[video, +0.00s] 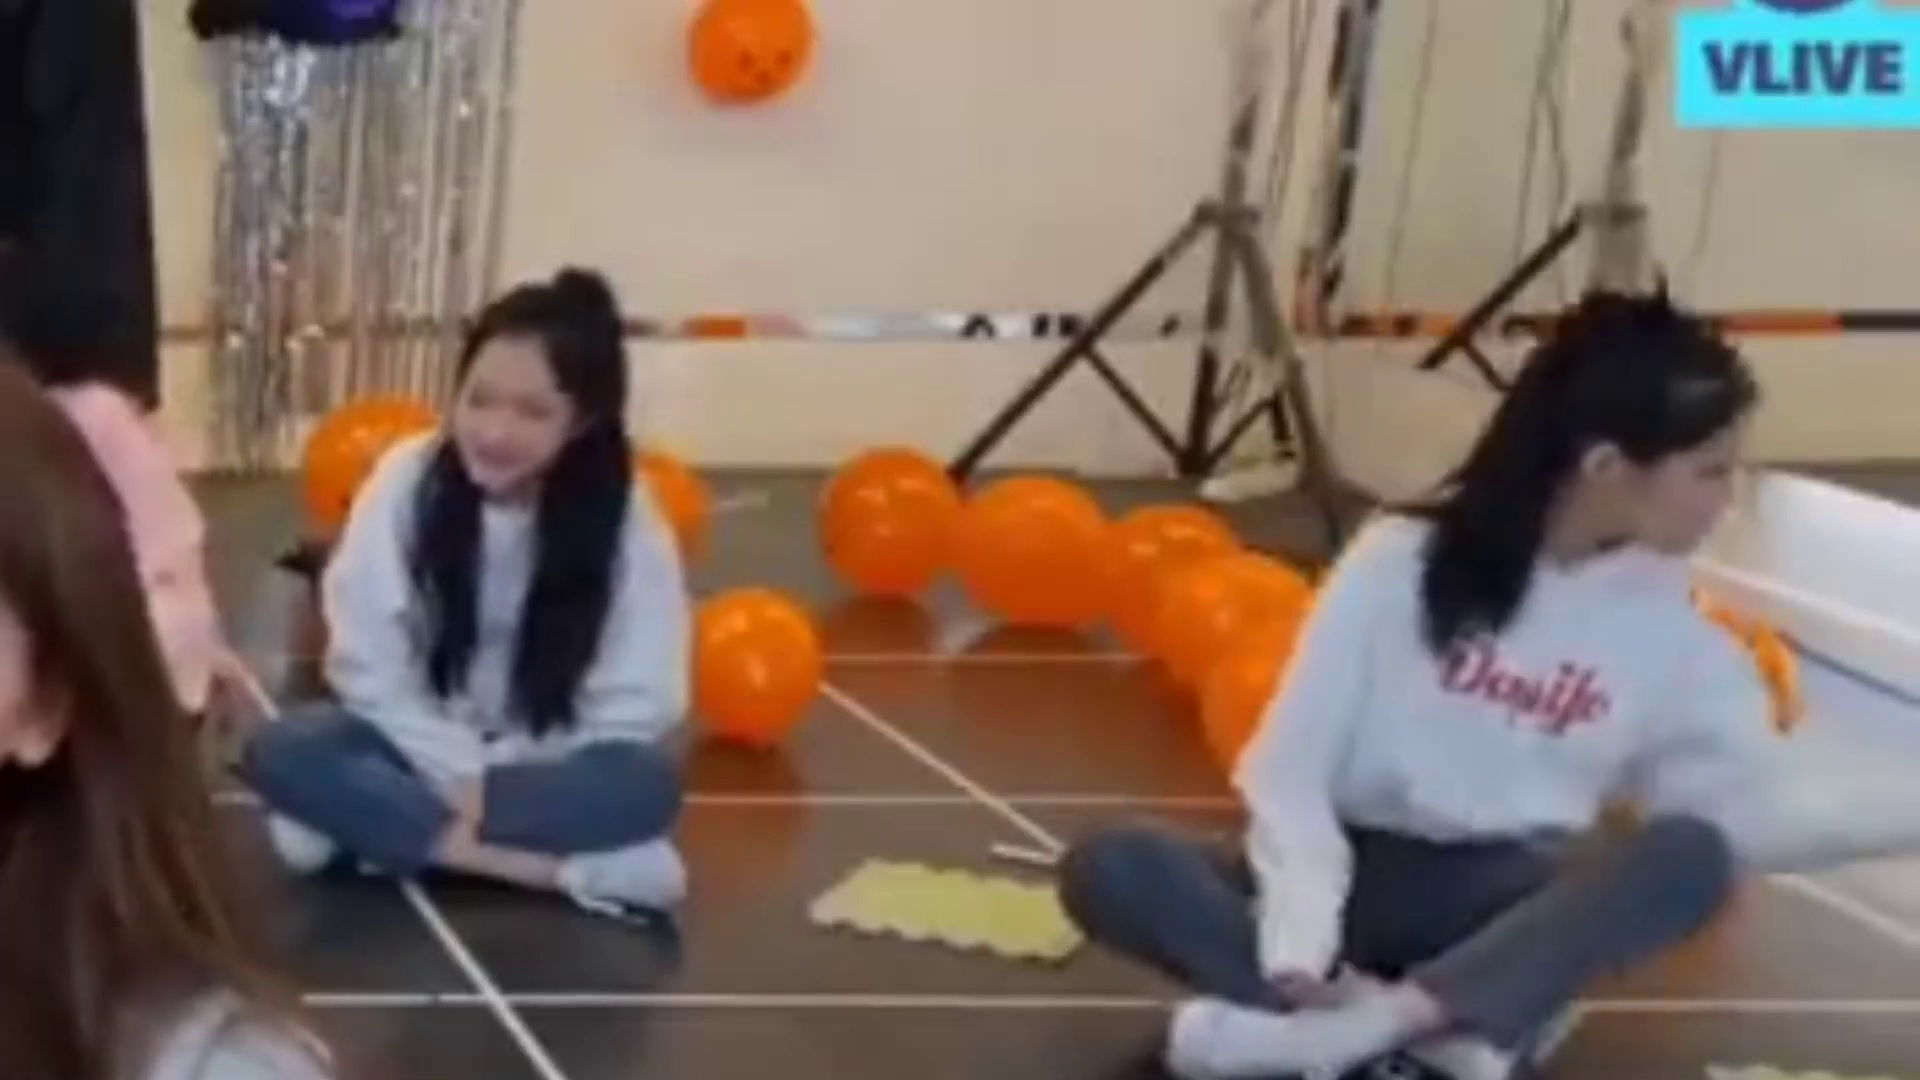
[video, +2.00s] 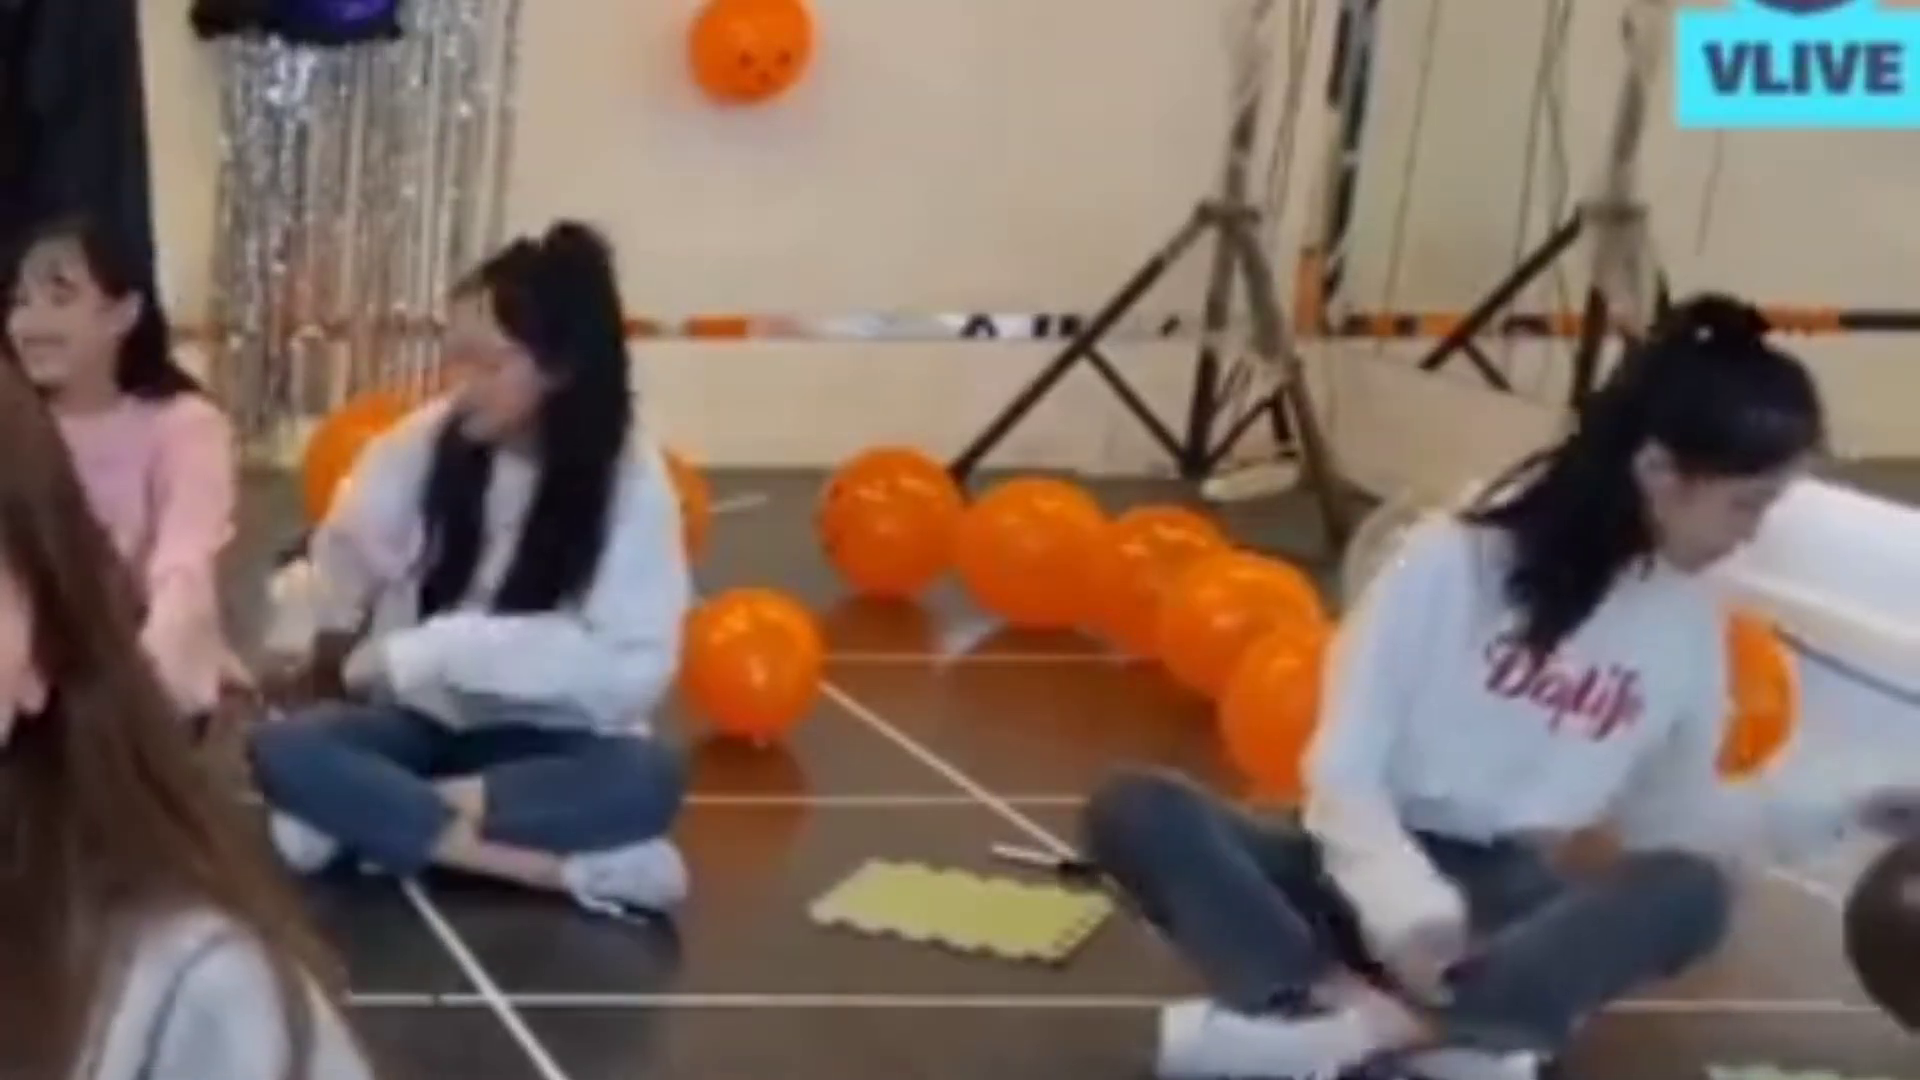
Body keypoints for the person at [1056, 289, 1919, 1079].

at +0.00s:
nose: (1729, 497)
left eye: (1733, 471)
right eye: (1709, 473)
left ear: (1615, 473)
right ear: (1605, 467)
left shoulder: (1673, 637)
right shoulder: (1399, 559)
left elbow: (1747, 810)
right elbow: (1287, 767)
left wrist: (1915, 803)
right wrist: (1303, 959)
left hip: (1499, 894)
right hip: (1339, 865)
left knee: (1693, 854)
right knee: (1105, 864)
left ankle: (1364, 1023)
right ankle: (1415, 1036)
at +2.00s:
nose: (1755, 530)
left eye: (1768, 505)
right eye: (1743, 502)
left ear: (1671, 477)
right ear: (1655, 469)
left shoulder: (1689, 624)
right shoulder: (1451, 558)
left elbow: (1670, 823)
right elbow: (1340, 772)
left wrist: (1839, 819)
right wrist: (1416, 922)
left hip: (1509, 892)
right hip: (1357, 855)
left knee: (1691, 893)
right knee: (1133, 807)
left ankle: (1359, 1026)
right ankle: (1425, 1036)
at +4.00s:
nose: (1427, 442)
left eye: (1463, 409)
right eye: (1395, 413)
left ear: (1516, 402)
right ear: (1358, 415)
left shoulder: (1595, 580)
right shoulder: (1287, 572)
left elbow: (1612, 798)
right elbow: (1197, 755)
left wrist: (1489, 890)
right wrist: (1244, 901)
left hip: (1482, 889)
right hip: (1295, 866)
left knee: (1659, 942)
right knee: (1079, 874)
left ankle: (1288, 1025)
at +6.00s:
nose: (1388, 400)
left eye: (1424, 377)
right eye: (1371, 370)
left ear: (1489, 387)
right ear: (1335, 376)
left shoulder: (1546, 563)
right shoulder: (1275, 539)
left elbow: (1564, 796)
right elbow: (1200, 802)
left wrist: (1436, 857)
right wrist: (1162, 781)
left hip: (1456, 894)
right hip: (1289, 878)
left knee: (1643, 931)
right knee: (1083, 862)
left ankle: (1281, 1032)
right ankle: (1399, 1044)